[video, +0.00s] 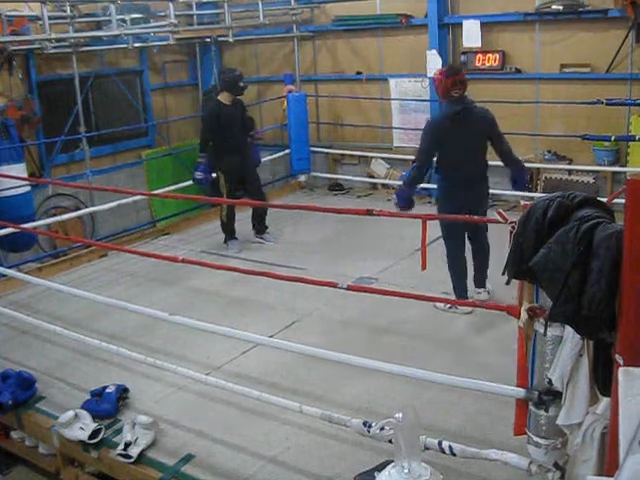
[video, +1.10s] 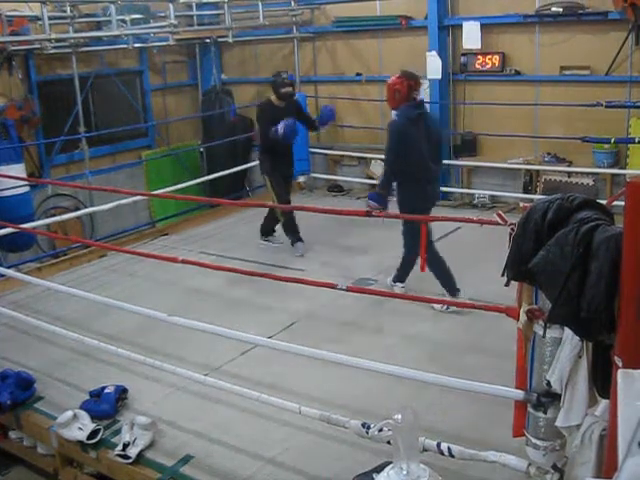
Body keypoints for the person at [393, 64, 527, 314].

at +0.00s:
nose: (437, 92)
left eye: (438, 89)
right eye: (456, 87)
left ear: (441, 92)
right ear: (464, 88)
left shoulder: (437, 123)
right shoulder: (483, 116)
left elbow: (422, 164)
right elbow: (503, 148)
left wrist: (405, 190)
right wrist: (518, 171)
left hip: (449, 194)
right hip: (478, 191)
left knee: (454, 245)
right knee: (478, 236)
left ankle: (462, 299)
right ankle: (481, 286)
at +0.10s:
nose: (436, 92)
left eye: (437, 89)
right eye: (456, 87)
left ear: (441, 90)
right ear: (462, 88)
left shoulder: (435, 122)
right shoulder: (481, 116)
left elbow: (422, 162)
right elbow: (494, 149)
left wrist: (409, 185)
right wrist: (504, 171)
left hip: (448, 194)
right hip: (477, 192)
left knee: (453, 247)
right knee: (480, 240)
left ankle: (461, 299)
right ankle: (481, 288)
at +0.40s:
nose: (430, 92)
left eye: (433, 87)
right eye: (430, 87)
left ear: (440, 89)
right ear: (458, 87)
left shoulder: (437, 122)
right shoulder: (476, 116)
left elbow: (426, 161)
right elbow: (478, 152)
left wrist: (418, 190)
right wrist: (467, 172)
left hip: (445, 192)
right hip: (471, 190)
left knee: (450, 248)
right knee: (472, 239)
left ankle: (461, 300)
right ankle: (477, 288)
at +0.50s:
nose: (425, 95)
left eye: (427, 90)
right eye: (425, 89)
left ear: (438, 91)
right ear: (452, 90)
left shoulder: (437, 123)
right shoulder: (473, 117)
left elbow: (426, 164)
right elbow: (475, 154)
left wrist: (413, 193)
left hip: (444, 193)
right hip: (468, 190)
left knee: (448, 244)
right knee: (464, 236)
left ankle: (460, 299)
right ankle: (468, 283)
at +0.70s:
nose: (418, 95)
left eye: (421, 90)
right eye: (419, 90)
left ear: (431, 92)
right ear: (445, 91)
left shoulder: (432, 125)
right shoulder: (465, 119)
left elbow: (425, 168)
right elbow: (470, 159)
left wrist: (411, 199)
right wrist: (474, 192)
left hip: (438, 193)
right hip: (458, 191)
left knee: (447, 244)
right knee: (443, 235)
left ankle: (460, 299)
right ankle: (442, 280)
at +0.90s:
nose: (406, 98)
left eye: (409, 92)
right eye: (406, 92)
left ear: (418, 94)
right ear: (428, 93)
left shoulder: (421, 124)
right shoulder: (446, 118)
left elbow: (414, 167)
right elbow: (458, 157)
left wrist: (402, 200)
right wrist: (465, 190)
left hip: (429, 192)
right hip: (445, 189)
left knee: (440, 244)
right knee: (423, 234)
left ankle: (460, 299)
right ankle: (407, 277)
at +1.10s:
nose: (387, 97)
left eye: (391, 92)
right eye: (388, 92)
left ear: (400, 94)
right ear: (411, 94)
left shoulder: (398, 124)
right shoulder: (426, 117)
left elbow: (391, 165)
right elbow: (437, 149)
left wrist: (380, 196)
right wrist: (432, 177)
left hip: (410, 190)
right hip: (428, 187)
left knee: (423, 243)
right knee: (411, 238)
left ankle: (454, 293)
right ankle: (398, 281)